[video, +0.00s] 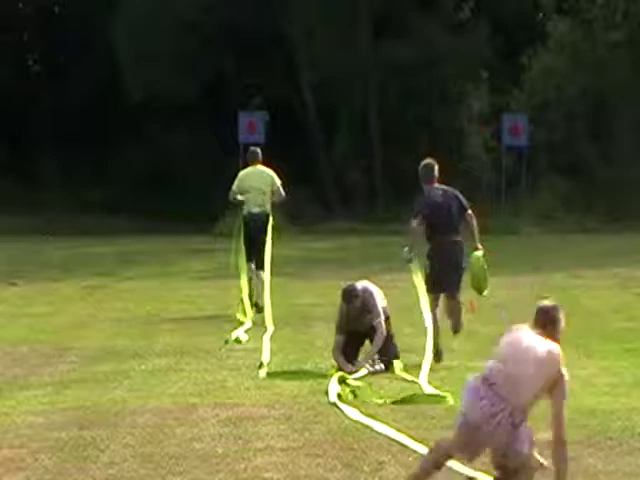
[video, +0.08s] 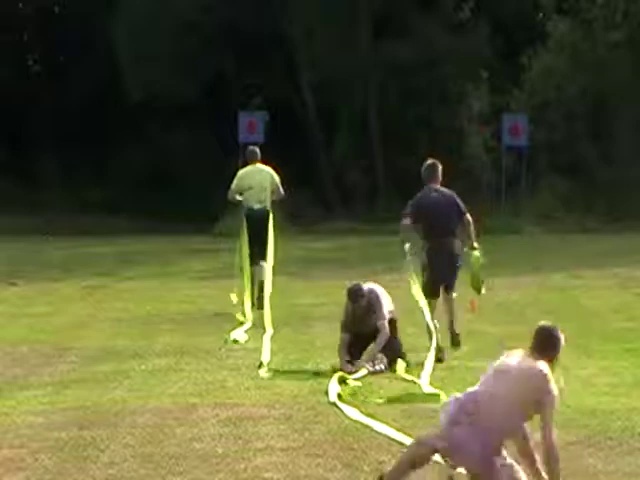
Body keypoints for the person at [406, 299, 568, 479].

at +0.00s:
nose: (561, 331)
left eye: (560, 325)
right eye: (560, 326)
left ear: (535, 322)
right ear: (554, 327)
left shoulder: (515, 333)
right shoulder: (555, 367)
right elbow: (559, 434)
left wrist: (529, 449)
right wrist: (561, 474)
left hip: (478, 396)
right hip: (506, 420)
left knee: (457, 446)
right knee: (517, 470)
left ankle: (417, 475)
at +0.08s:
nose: (559, 355)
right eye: (559, 351)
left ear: (533, 343)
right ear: (556, 354)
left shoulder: (510, 358)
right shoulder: (546, 384)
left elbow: (519, 436)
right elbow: (547, 442)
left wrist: (539, 474)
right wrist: (554, 476)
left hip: (451, 426)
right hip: (478, 449)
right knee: (517, 475)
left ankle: (390, 475)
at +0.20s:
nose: (545, 385)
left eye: (545, 378)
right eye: (546, 379)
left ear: (520, 364)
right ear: (542, 378)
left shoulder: (498, 377)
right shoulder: (525, 400)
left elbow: (509, 449)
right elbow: (539, 453)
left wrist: (531, 477)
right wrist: (551, 478)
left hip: (432, 423)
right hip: (450, 463)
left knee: (420, 455)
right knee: (514, 476)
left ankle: (373, 474)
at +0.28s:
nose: (532, 377)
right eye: (533, 372)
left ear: (506, 360)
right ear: (530, 372)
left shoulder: (487, 375)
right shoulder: (510, 397)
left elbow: (507, 448)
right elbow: (534, 456)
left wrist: (530, 473)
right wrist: (548, 478)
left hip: (420, 435)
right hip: (442, 461)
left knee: (419, 456)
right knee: (509, 475)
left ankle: (375, 474)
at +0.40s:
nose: (525, 358)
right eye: (526, 352)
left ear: (500, 342)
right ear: (524, 353)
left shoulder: (481, 362)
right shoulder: (504, 381)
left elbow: (507, 438)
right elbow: (528, 438)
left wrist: (535, 474)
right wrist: (555, 476)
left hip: (420, 431)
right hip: (441, 452)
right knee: (506, 476)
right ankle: (432, 470)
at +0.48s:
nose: (527, 342)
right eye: (528, 338)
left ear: (500, 334)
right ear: (525, 341)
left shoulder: (480, 354)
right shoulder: (507, 370)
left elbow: (505, 433)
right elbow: (532, 431)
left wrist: (535, 474)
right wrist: (556, 473)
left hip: (424, 422)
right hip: (449, 447)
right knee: (508, 475)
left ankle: (404, 473)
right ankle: (448, 474)